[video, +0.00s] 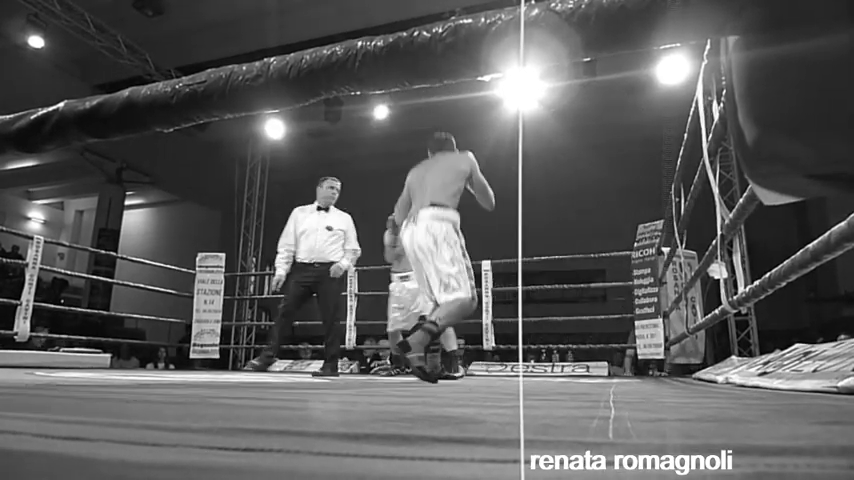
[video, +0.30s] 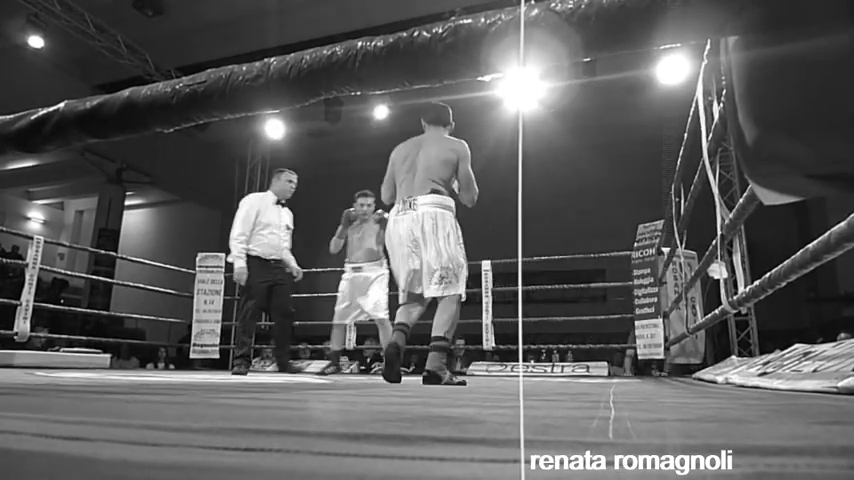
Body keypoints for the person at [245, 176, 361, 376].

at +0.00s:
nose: (334, 193)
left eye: (337, 190)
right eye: (330, 188)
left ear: (338, 195)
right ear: (318, 190)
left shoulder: (344, 219)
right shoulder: (299, 213)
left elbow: (353, 250)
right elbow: (286, 247)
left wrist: (343, 264)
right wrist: (281, 271)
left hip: (330, 272)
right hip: (301, 270)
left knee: (332, 319)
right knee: (285, 310)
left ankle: (331, 365)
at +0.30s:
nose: (293, 187)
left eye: (295, 184)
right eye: (289, 182)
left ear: (294, 189)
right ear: (276, 181)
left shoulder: (287, 214)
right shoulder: (253, 201)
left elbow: (283, 247)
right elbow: (238, 234)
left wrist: (293, 265)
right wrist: (239, 264)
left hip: (279, 266)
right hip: (256, 263)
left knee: (284, 313)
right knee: (250, 312)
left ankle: (283, 361)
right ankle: (242, 361)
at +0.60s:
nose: (249, 184)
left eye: (251, 181)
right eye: (246, 180)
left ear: (249, 185)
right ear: (232, 179)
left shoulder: (236, 209)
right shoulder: (213, 199)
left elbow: (231, 247)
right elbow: (197, 230)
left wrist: (247, 263)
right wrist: (191, 262)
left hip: (226, 260)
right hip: (213, 256)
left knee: (207, 311)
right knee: (227, 309)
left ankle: (164, 347)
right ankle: (234, 361)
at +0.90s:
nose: (204, 184)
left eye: (206, 181)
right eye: (201, 178)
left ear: (203, 185)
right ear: (186, 177)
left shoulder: (191, 210)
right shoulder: (165, 196)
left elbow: (189, 245)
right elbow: (155, 229)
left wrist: (195, 270)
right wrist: (156, 260)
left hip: (182, 261)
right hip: (167, 258)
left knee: (161, 309)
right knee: (170, 306)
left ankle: (141, 360)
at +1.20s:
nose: (159, 184)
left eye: (161, 181)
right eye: (155, 178)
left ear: (160, 185)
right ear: (140, 177)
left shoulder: (147, 211)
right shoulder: (117, 198)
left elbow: (143, 241)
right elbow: (114, 231)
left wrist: (141, 260)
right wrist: (131, 256)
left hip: (135, 261)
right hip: (110, 256)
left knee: (136, 311)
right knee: (89, 305)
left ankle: (139, 361)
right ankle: (48, 350)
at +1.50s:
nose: (118, 182)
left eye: (120, 179)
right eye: (114, 177)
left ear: (119, 183)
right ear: (99, 174)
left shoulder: (105, 209)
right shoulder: (74, 195)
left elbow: (100, 243)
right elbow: (62, 230)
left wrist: (101, 267)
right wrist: (63, 261)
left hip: (95, 262)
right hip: (73, 256)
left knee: (100, 307)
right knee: (58, 306)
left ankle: (90, 357)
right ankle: (40, 355)